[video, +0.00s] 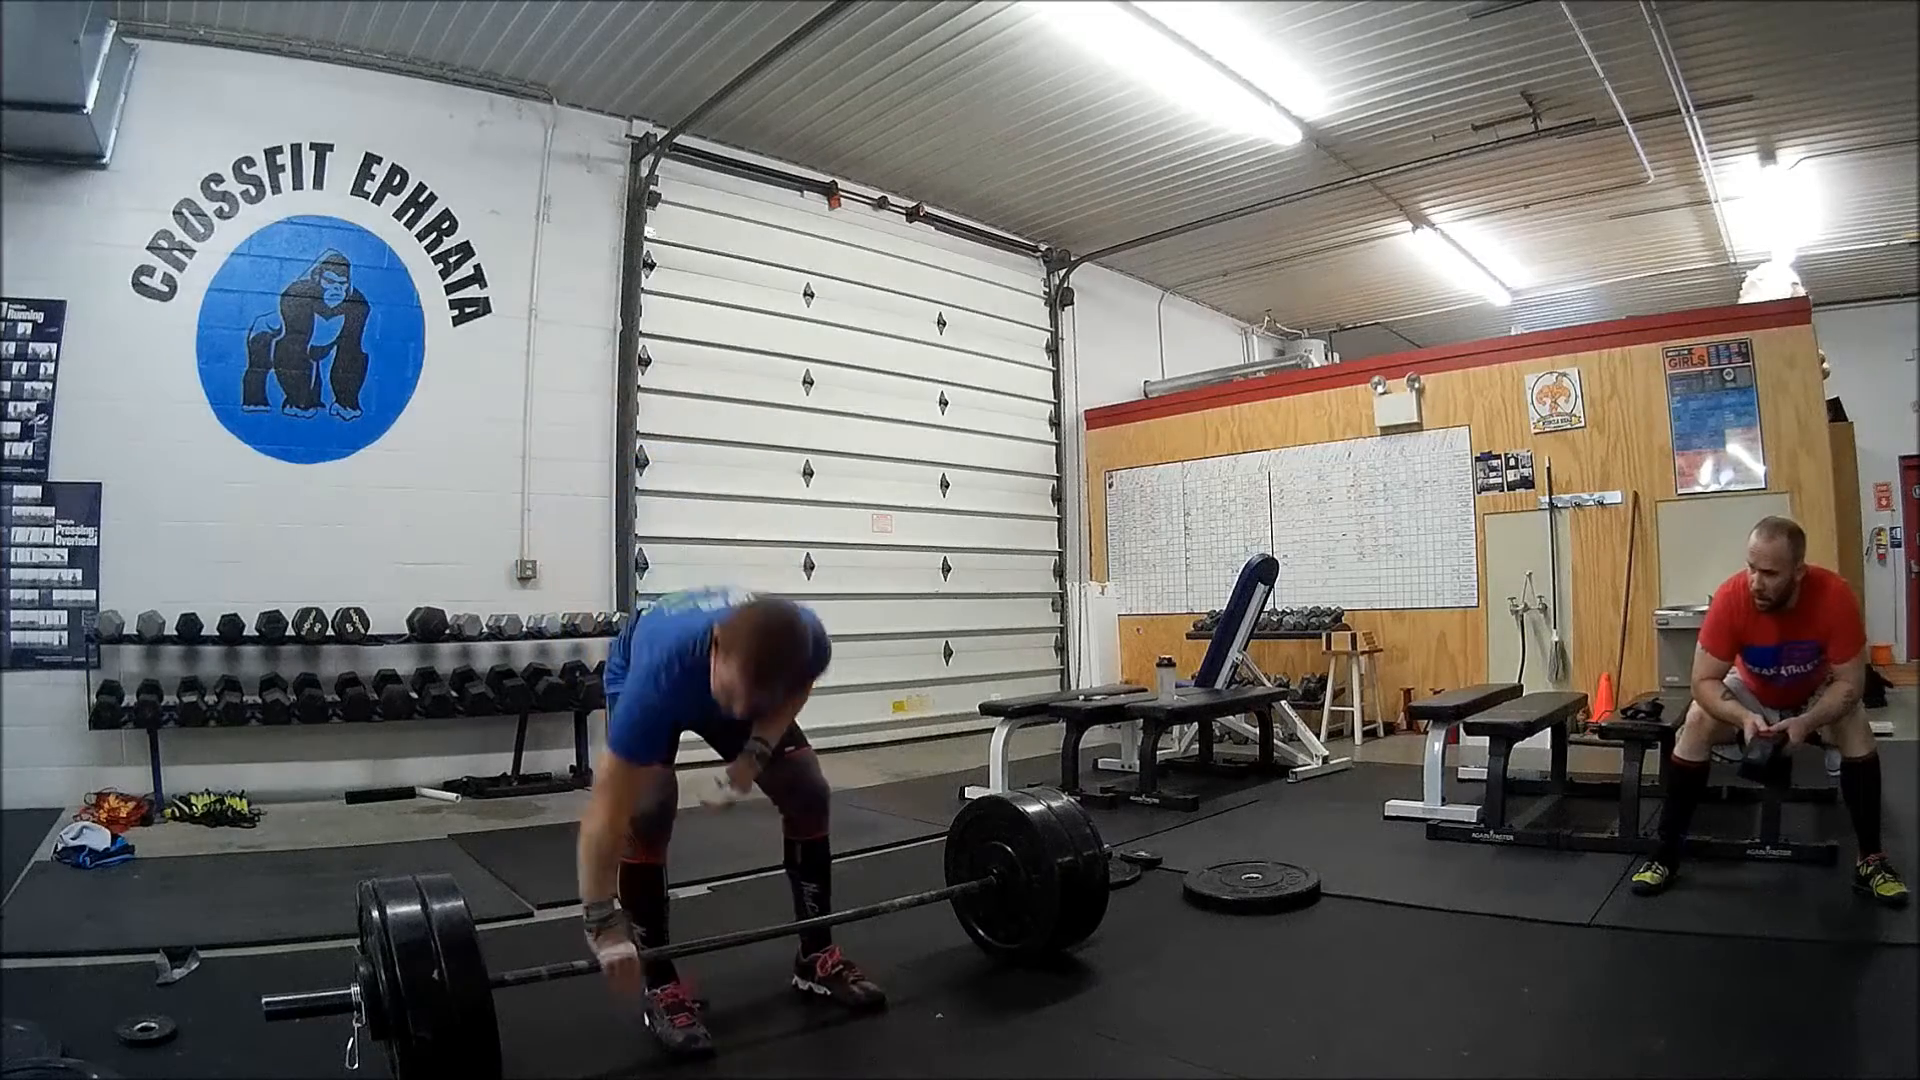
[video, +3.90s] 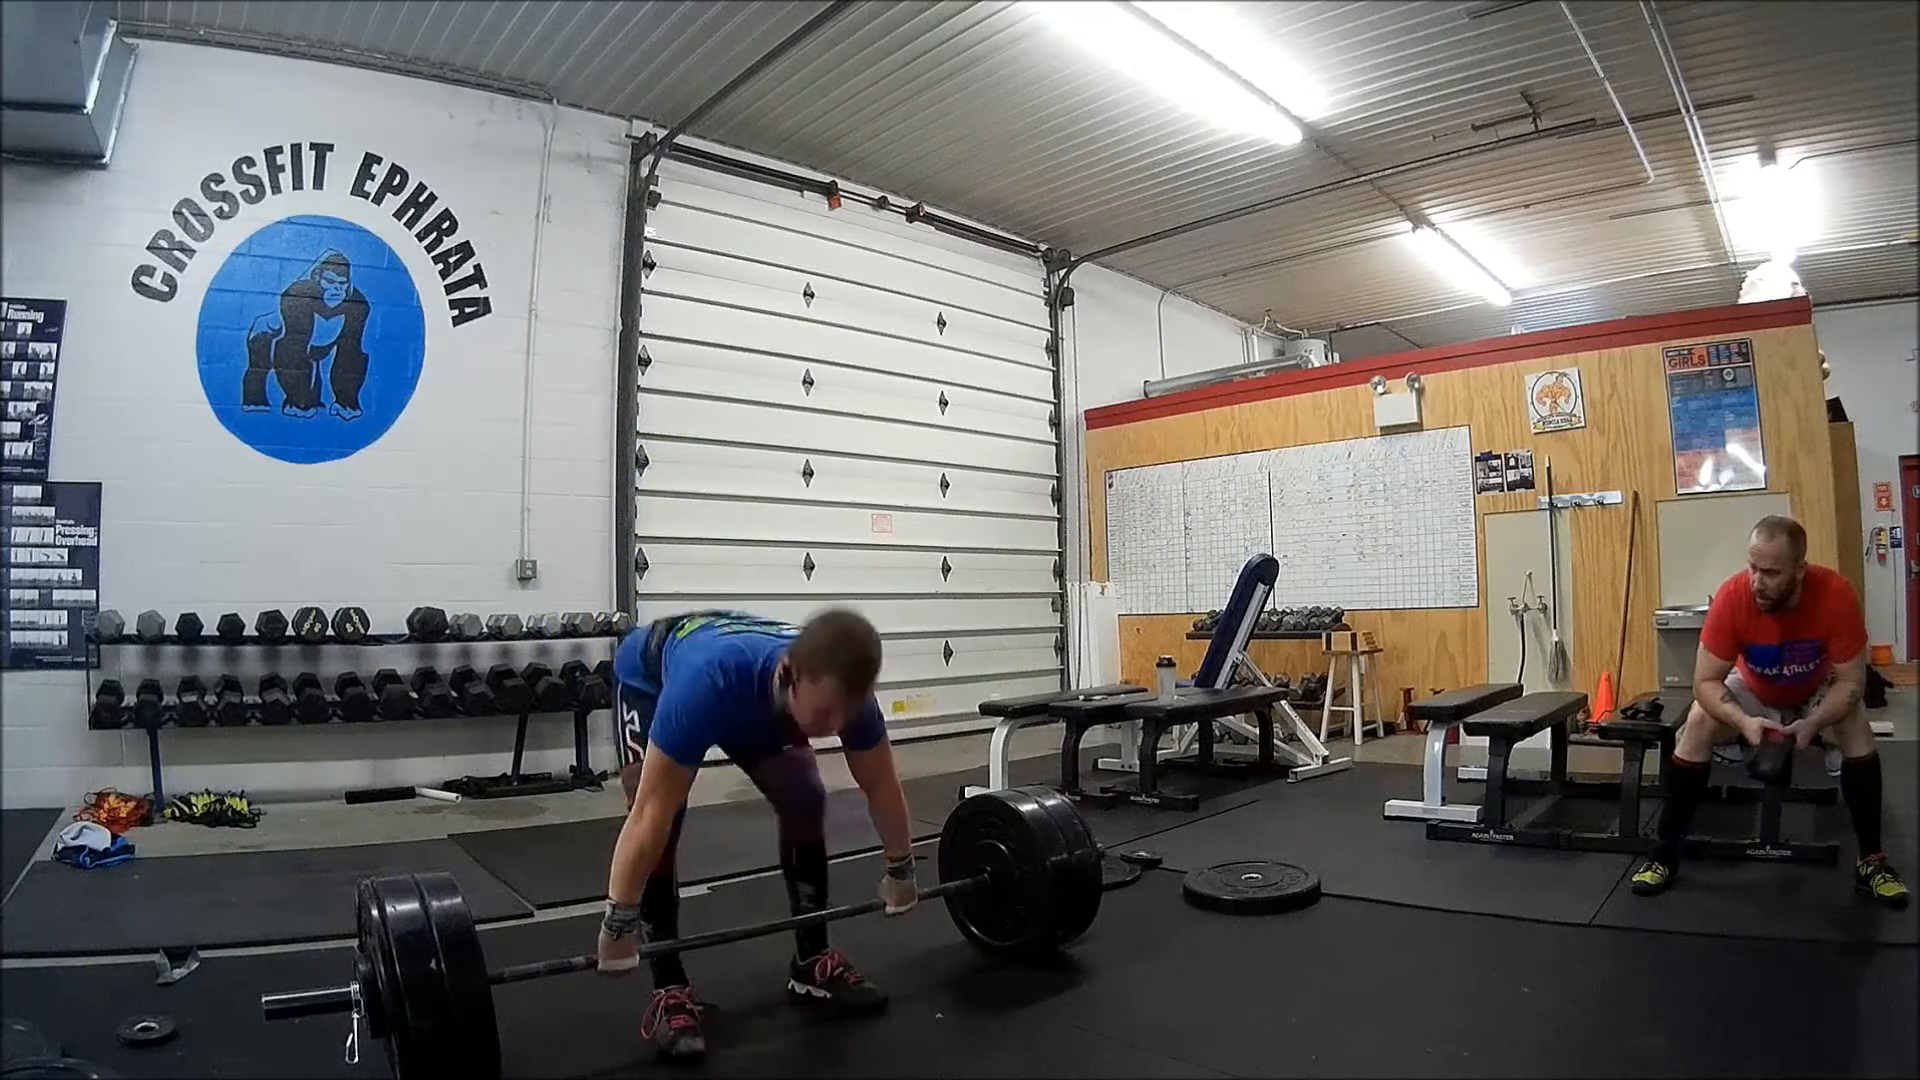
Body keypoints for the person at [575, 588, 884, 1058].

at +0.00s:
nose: (744, 717)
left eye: (759, 708)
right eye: (733, 702)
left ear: (794, 682)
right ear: (716, 656)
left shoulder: (810, 645)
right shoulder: (660, 670)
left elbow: (797, 692)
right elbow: (607, 803)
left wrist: (755, 754)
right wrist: (602, 922)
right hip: (646, 678)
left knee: (809, 793)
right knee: (650, 815)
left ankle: (819, 958)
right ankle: (662, 989)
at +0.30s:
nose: (772, 758)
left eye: (787, 745)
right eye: (751, 744)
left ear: (806, 701)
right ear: (711, 703)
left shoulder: (811, 664)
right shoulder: (645, 687)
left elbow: (802, 727)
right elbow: (597, 813)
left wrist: (769, 776)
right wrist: (601, 931)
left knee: (816, 794)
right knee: (649, 817)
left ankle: (818, 957)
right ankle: (667, 988)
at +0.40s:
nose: (792, 729)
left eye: (797, 719)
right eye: (781, 721)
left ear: (813, 677)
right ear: (733, 693)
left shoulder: (821, 663)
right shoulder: (659, 681)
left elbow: (833, 721)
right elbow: (604, 813)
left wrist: (819, 800)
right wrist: (601, 930)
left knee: (811, 803)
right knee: (647, 823)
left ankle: (821, 957)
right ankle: (669, 988)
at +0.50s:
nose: (809, 732)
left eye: (818, 723)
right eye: (799, 724)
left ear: (833, 675)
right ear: (761, 697)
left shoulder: (827, 661)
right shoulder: (677, 688)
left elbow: (865, 745)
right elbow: (618, 809)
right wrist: (603, 929)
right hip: (645, 672)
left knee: (806, 801)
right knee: (655, 817)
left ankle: (818, 957)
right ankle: (669, 989)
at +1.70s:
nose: (813, 775)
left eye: (830, 770)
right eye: (810, 763)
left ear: (851, 730)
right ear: (783, 716)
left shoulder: (852, 708)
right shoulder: (698, 706)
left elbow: (896, 792)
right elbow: (623, 817)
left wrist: (909, 877)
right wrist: (603, 932)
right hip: (665, 674)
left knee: (824, 804)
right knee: (671, 819)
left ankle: (826, 956)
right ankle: (672, 993)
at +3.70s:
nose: (824, 758)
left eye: (836, 748)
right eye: (815, 745)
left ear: (861, 720)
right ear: (789, 698)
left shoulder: (857, 705)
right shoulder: (703, 698)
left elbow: (888, 794)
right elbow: (647, 815)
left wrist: (905, 875)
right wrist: (613, 925)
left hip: (752, 717)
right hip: (662, 714)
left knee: (841, 811)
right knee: (682, 825)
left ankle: (815, 963)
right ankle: (674, 995)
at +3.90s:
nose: (836, 724)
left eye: (847, 710)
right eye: (824, 710)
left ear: (862, 693)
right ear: (789, 675)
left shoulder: (848, 688)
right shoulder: (703, 685)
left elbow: (880, 784)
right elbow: (651, 812)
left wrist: (901, 868)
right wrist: (619, 923)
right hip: (650, 675)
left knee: (805, 799)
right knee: (659, 826)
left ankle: (813, 959)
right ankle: (670, 990)